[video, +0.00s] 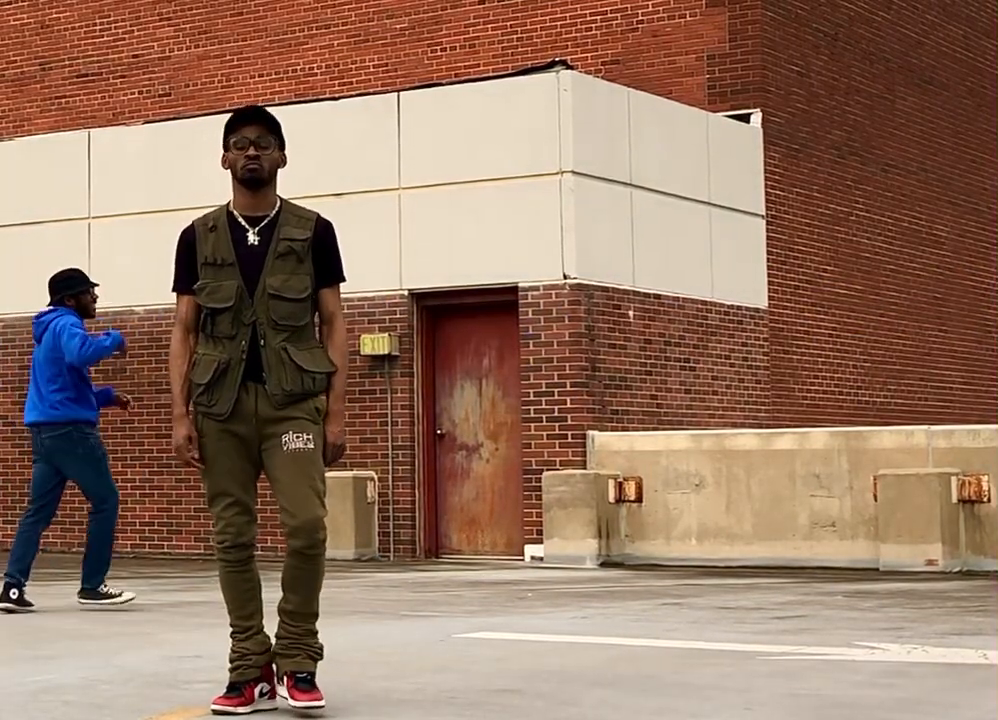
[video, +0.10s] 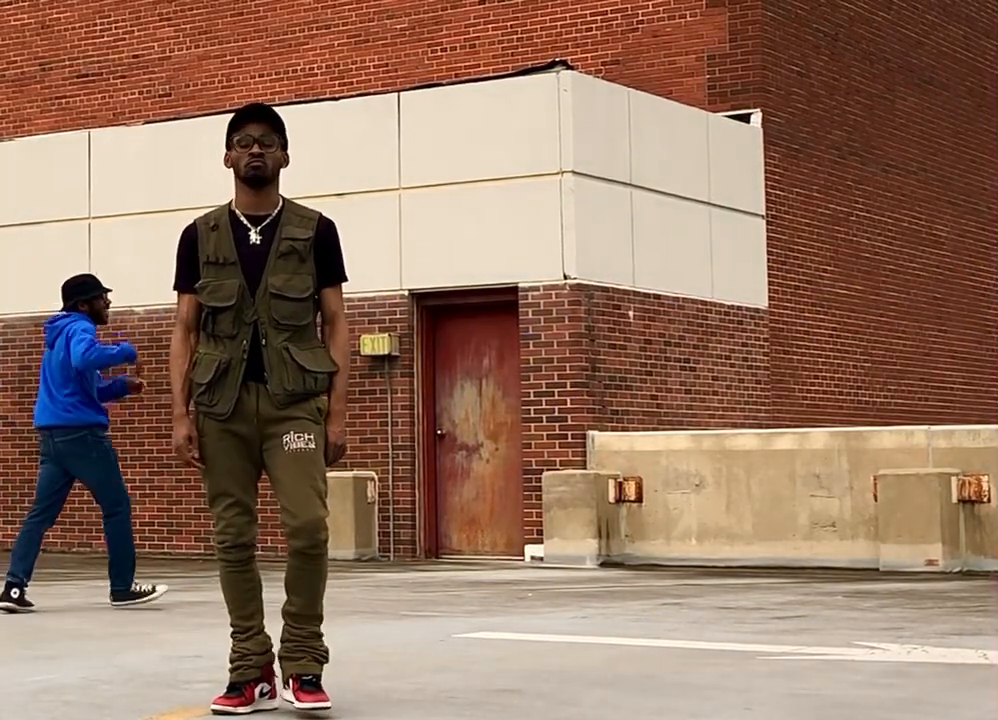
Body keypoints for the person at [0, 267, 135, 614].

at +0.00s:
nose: (95, 298)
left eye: (93, 293)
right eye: (89, 293)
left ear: (63, 298)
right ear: (72, 297)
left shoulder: (50, 327)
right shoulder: (66, 322)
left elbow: (65, 393)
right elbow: (81, 353)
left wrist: (107, 396)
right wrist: (114, 338)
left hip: (45, 428)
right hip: (69, 427)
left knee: (38, 511)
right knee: (105, 501)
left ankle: (13, 586)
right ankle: (92, 586)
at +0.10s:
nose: (108, 304)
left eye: (106, 298)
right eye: (103, 299)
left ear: (75, 304)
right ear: (85, 303)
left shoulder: (62, 332)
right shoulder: (80, 326)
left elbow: (89, 392)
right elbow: (86, 356)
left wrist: (123, 385)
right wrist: (128, 352)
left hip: (52, 433)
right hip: (82, 432)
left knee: (41, 513)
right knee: (117, 507)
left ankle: (14, 586)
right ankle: (123, 587)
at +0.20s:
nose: (128, 308)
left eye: (126, 303)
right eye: (123, 303)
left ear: (97, 309)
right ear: (106, 308)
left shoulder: (78, 337)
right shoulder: (104, 332)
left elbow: (99, 391)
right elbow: (106, 369)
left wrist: (135, 383)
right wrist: (151, 376)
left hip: (74, 439)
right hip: (107, 438)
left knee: (58, 513)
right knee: (133, 512)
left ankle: (21, 578)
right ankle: (138, 589)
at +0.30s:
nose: (147, 308)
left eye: (145, 302)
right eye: (142, 303)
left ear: (112, 307)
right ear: (128, 306)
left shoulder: (95, 337)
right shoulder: (128, 335)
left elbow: (97, 385)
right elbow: (138, 376)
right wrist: (181, 398)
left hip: (98, 438)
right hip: (129, 436)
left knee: (101, 513)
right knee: (151, 512)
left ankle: (52, 559)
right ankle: (141, 590)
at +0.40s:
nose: (171, 302)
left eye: (170, 296)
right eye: (168, 297)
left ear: (135, 301)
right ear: (155, 300)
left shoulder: (115, 333)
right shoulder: (156, 331)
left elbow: (113, 379)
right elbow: (177, 377)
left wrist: (165, 394)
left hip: (125, 428)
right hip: (151, 429)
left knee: (152, 500)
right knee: (158, 508)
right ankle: (140, 590)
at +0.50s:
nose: (190, 302)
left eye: (188, 296)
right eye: (186, 297)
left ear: (154, 302)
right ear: (174, 300)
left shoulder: (134, 333)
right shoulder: (173, 331)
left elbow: (124, 389)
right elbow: (197, 377)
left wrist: (122, 435)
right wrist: (214, 358)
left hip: (143, 427)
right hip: (166, 427)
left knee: (186, 497)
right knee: (164, 508)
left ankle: (175, 575)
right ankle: (140, 589)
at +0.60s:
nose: (208, 307)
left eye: (206, 301)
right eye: (204, 301)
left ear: (170, 303)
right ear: (193, 303)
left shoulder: (152, 338)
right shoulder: (195, 334)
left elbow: (135, 387)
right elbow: (223, 370)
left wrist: (121, 432)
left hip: (162, 432)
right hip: (187, 432)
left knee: (199, 507)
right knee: (173, 511)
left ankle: (223, 577)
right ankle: (140, 588)